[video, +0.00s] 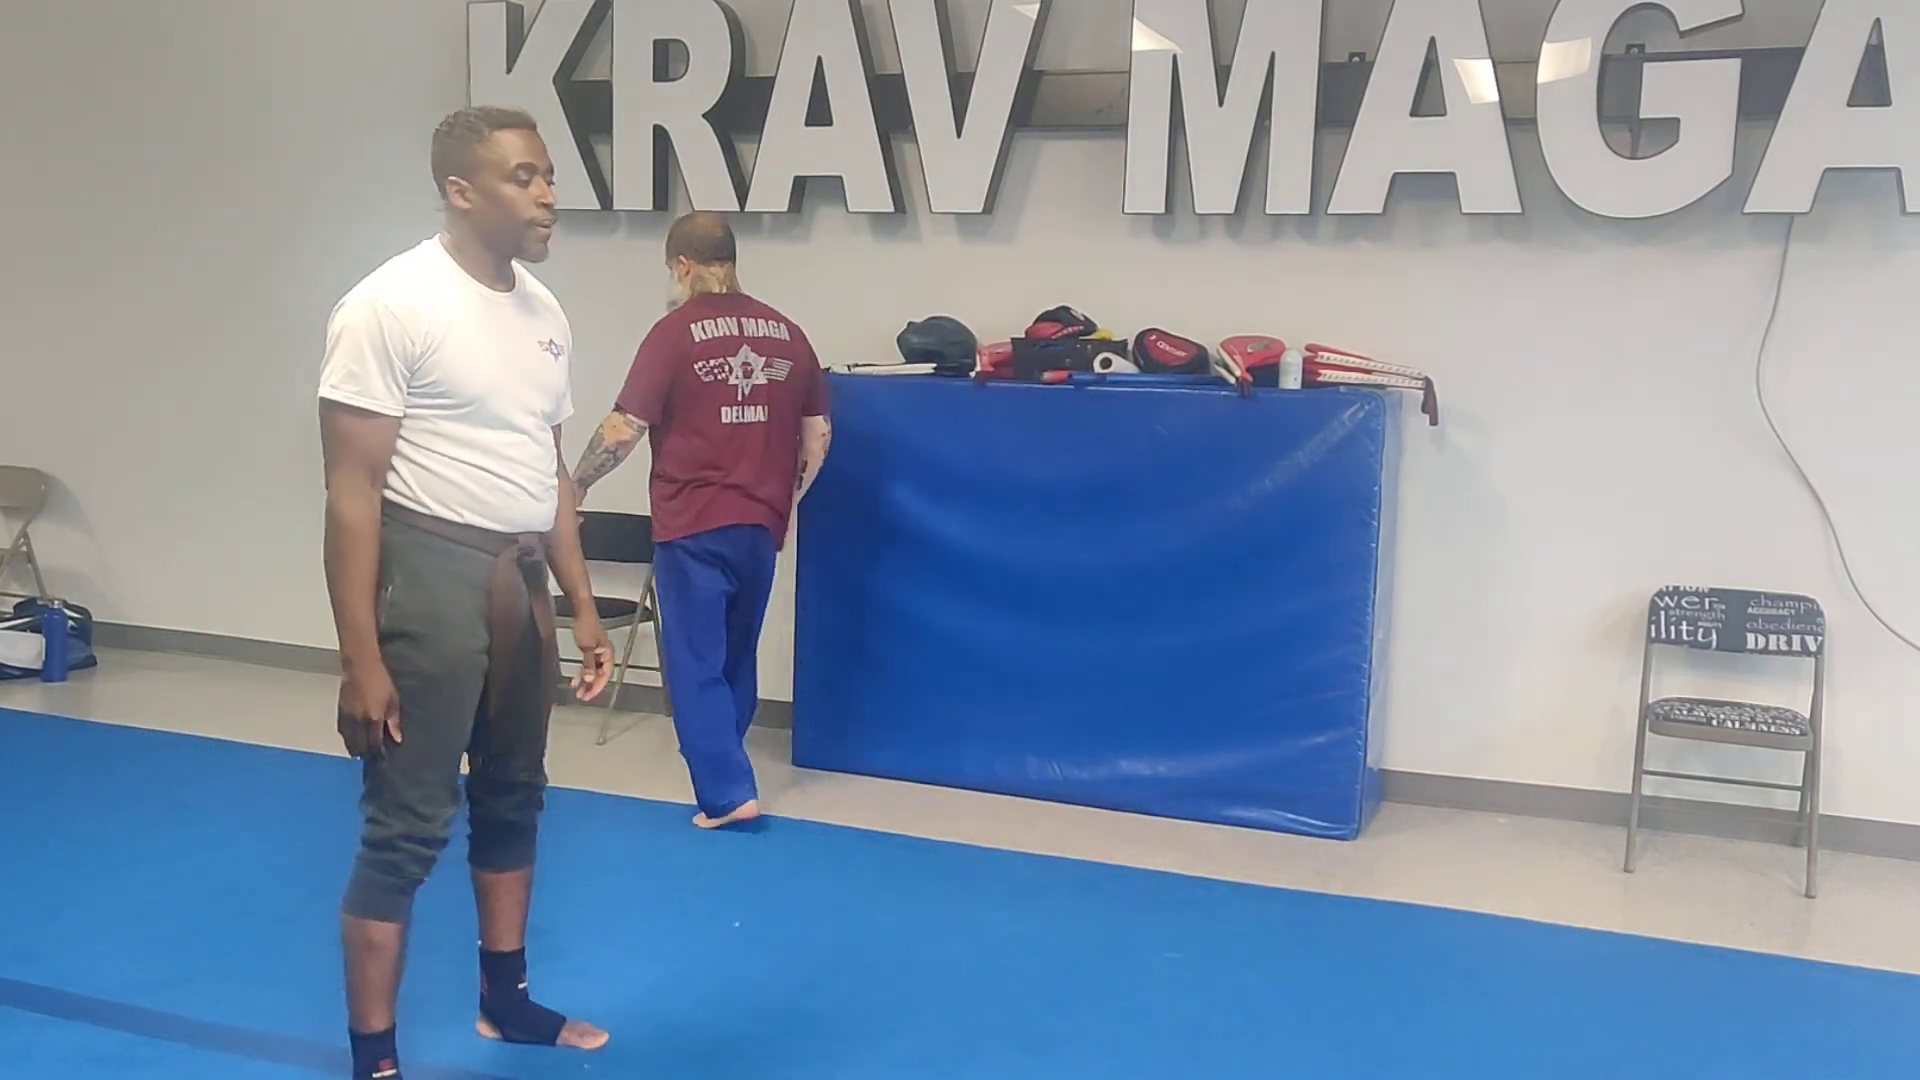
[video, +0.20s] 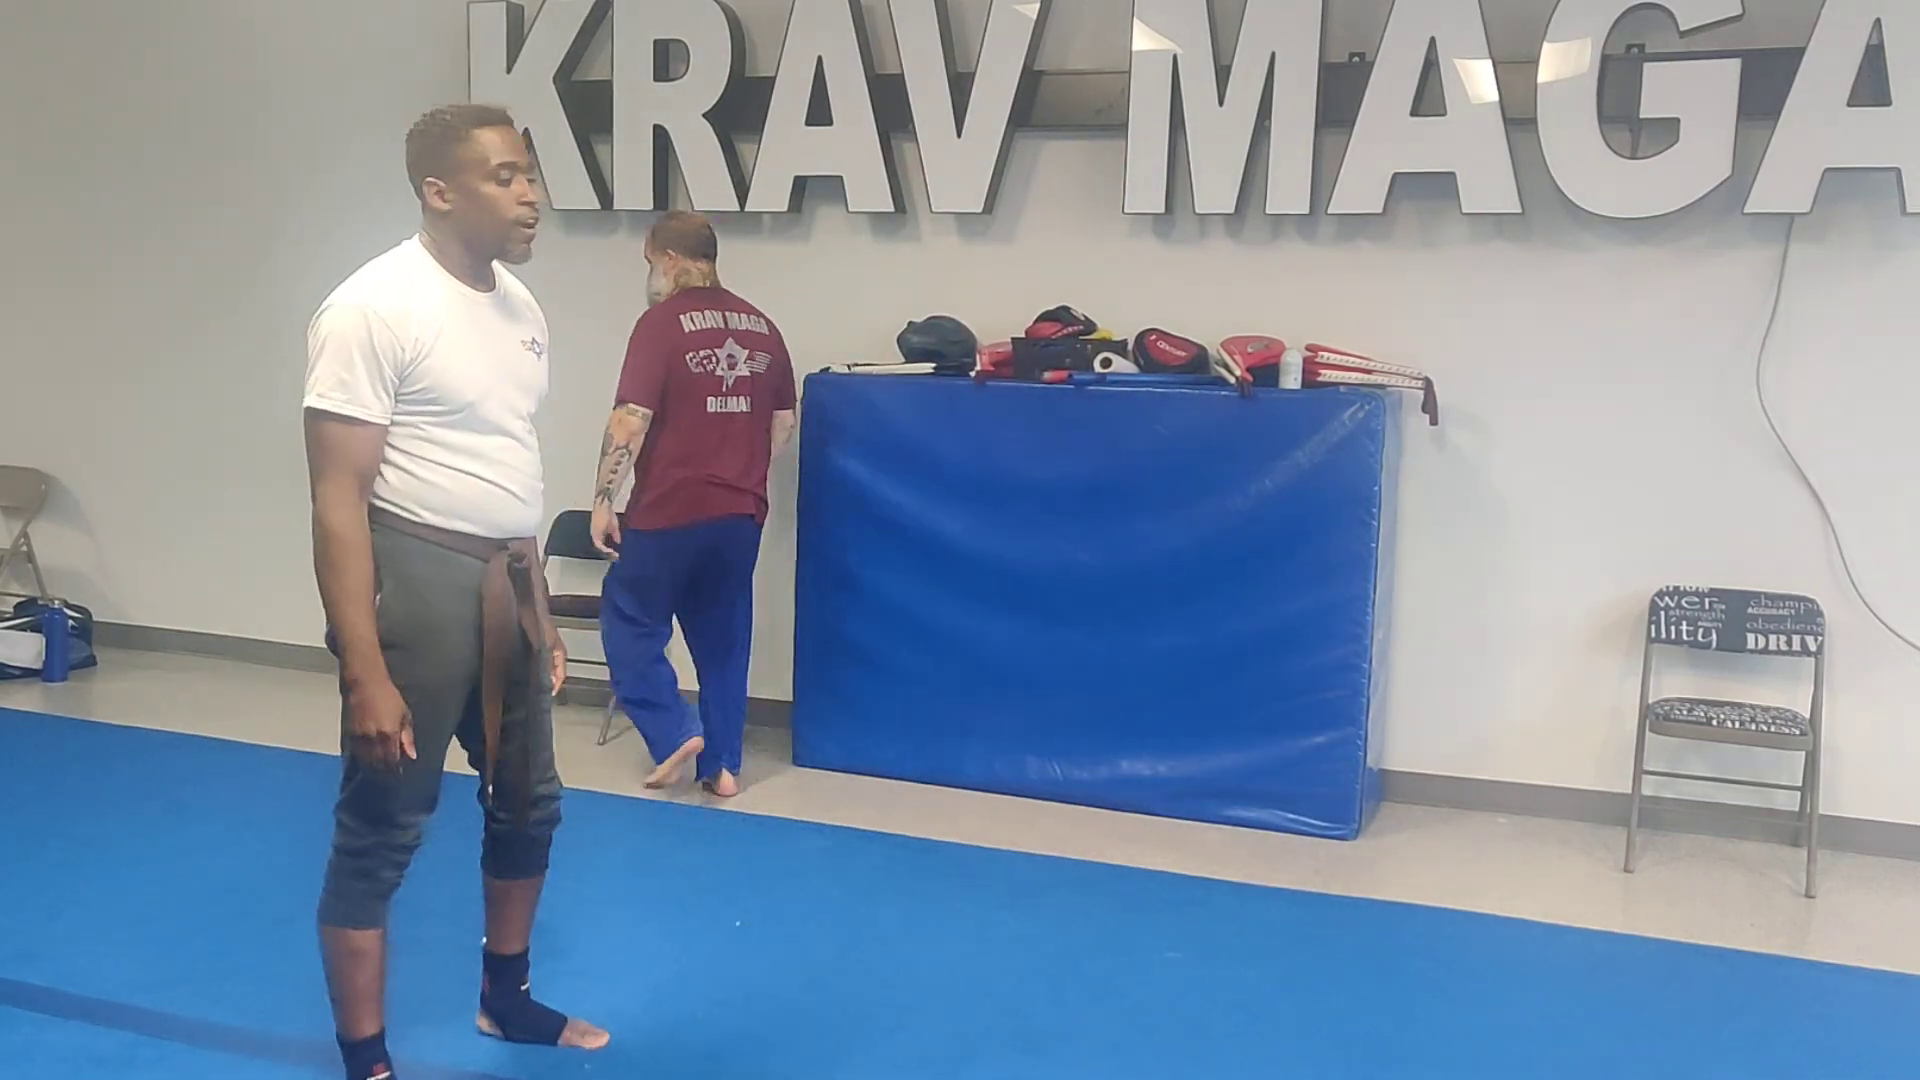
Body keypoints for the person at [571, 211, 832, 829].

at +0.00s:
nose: (670, 277)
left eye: (670, 268)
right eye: (672, 267)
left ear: (682, 266)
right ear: (731, 262)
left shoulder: (676, 331)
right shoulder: (786, 330)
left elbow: (621, 433)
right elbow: (819, 432)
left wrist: (574, 483)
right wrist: (789, 495)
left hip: (693, 521)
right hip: (763, 520)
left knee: (696, 665)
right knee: (738, 656)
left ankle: (731, 795)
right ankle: (722, 782)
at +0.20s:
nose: (649, 276)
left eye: (650, 265)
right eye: (648, 266)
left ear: (669, 260)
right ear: (710, 261)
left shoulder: (662, 323)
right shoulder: (760, 325)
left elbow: (629, 423)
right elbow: (784, 419)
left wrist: (603, 498)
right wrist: (748, 476)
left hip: (669, 510)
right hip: (738, 511)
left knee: (629, 618)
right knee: (724, 640)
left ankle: (671, 734)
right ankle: (724, 767)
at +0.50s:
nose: (579, 287)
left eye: (581, 275)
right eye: (579, 276)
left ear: (603, 274)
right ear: (637, 270)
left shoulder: (606, 334)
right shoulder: (694, 326)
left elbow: (598, 434)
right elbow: (719, 414)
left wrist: (579, 515)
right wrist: (684, 468)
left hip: (633, 514)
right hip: (700, 508)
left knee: (595, 631)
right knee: (704, 638)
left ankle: (579, 744)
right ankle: (723, 758)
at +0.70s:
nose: (535, 285)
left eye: (535, 276)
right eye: (532, 277)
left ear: (552, 272)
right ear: (589, 266)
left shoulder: (555, 323)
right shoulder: (644, 316)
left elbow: (550, 419)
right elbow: (669, 404)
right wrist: (640, 463)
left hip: (588, 499)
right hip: (649, 494)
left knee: (569, 621)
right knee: (641, 607)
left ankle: (580, 744)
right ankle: (686, 704)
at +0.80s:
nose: (531, 287)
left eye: (531, 275)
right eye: (531, 276)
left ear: (545, 271)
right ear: (576, 263)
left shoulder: (546, 324)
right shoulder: (627, 316)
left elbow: (544, 420)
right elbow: (647, 402)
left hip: (571, 503)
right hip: (630, 496)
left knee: (567, 618)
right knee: (614, 601)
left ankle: (581, 748)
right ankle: (638, 708)